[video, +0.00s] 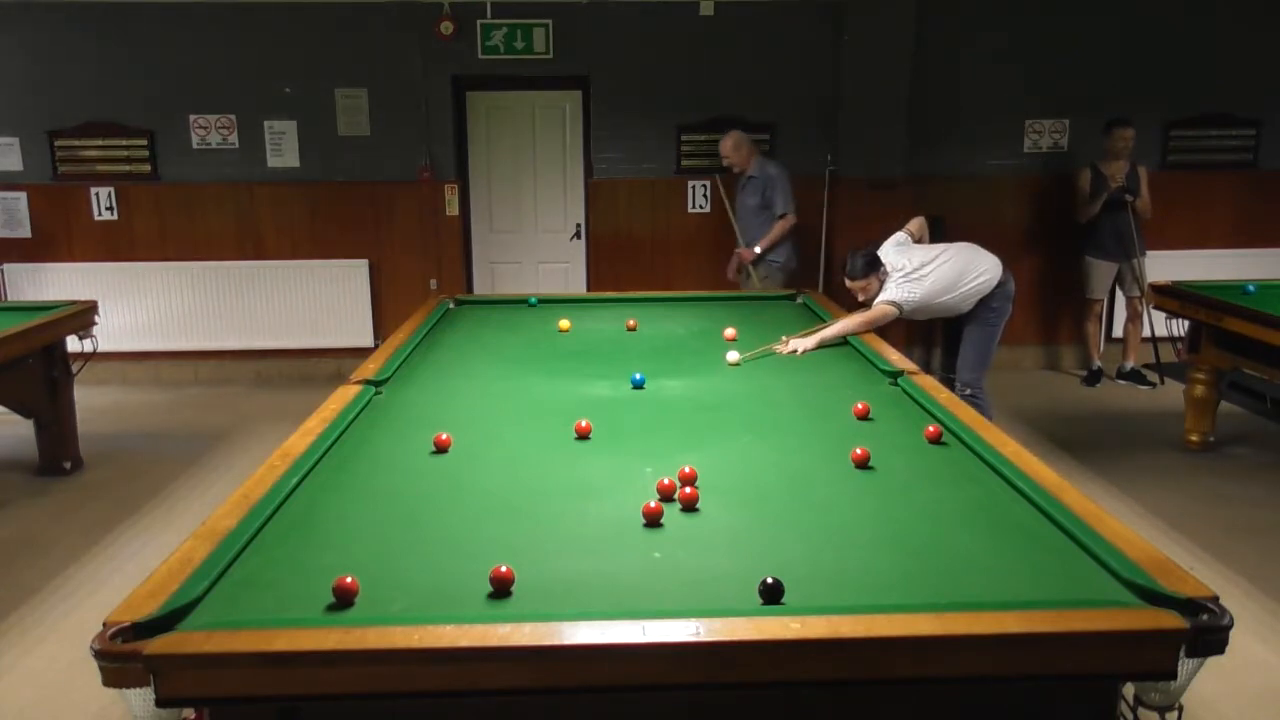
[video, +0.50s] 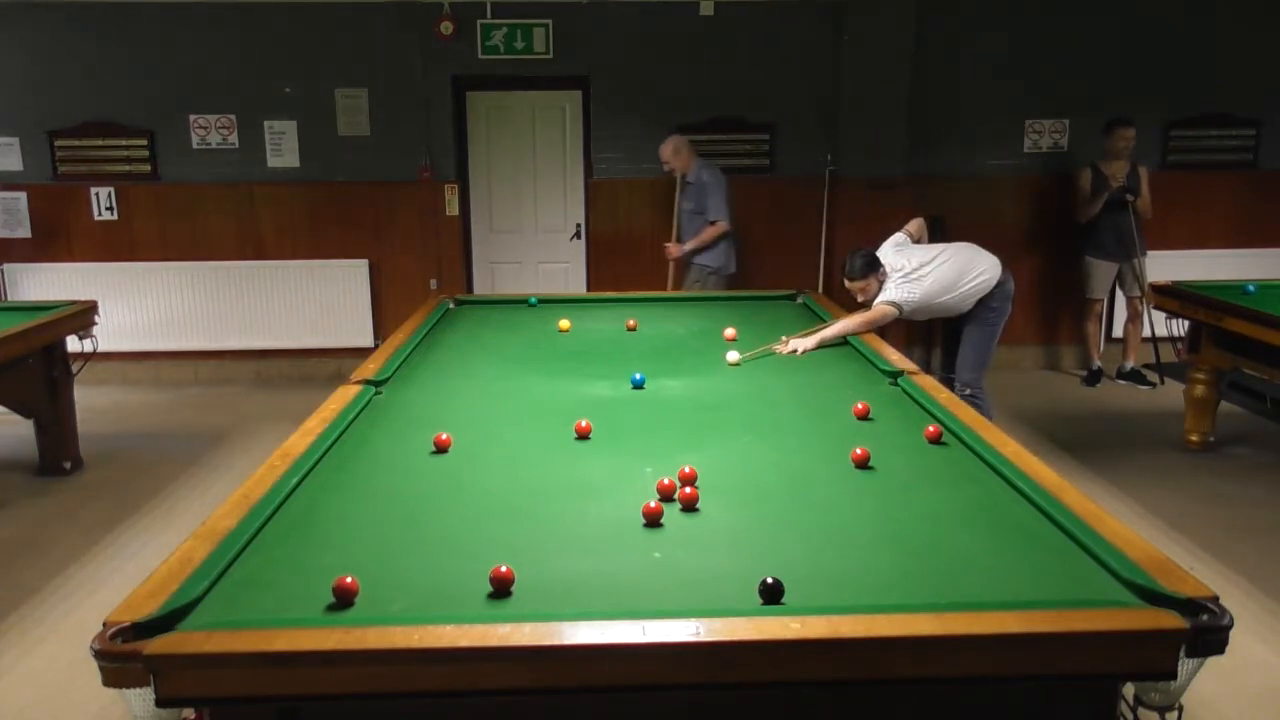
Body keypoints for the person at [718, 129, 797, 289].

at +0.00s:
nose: (725, 163)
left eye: (728, 157)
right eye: (723, 158)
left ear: (744, 151)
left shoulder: (773, 173)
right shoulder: (745, 177)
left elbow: (788, 218)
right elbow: (749, 224)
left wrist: (756, 250)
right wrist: (738, 255)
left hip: (772, 264)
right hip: (751, 262)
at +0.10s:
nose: (715, 164)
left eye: (718, 158)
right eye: (713, 159)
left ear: (733, 151)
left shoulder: (761, 172)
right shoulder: (739, 177)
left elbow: (777, 218)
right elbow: (742, 226)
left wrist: (741, 247)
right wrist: (725, 258)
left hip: (763, 261)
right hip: (747, 260)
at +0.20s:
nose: (705, 166)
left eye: (707, 160)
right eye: (703, 161)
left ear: (723, 152)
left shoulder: (750, 174)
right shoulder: (727, 178)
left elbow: (765, 219)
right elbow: (732, 225)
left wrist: (727, 246)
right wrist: (718, 259)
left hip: (750, 263)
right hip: (732, 261)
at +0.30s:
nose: (694, 168)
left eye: (696, 162)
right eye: (692, 163)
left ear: (712, 154)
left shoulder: (738, 175)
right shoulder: (716, 179)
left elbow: (752, 221)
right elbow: (715, 229)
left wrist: (713, 247)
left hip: (739, 265)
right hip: (722, 262)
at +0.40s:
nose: (679, 169)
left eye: (682, 163)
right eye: (678, 164)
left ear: (697, 156)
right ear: (695, 157)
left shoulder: (724, 177)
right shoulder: (702, 180)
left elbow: (738, 224)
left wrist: (699, 248)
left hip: (727, 266)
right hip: (712, 263)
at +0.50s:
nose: (666, 169)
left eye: (668, 162)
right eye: (664, 163)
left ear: (683, 155)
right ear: (682, 156)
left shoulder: (708, 176)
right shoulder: (692, 177)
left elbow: (722, 224)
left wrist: (685, 248)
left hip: (712, 264)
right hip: (700, 262)